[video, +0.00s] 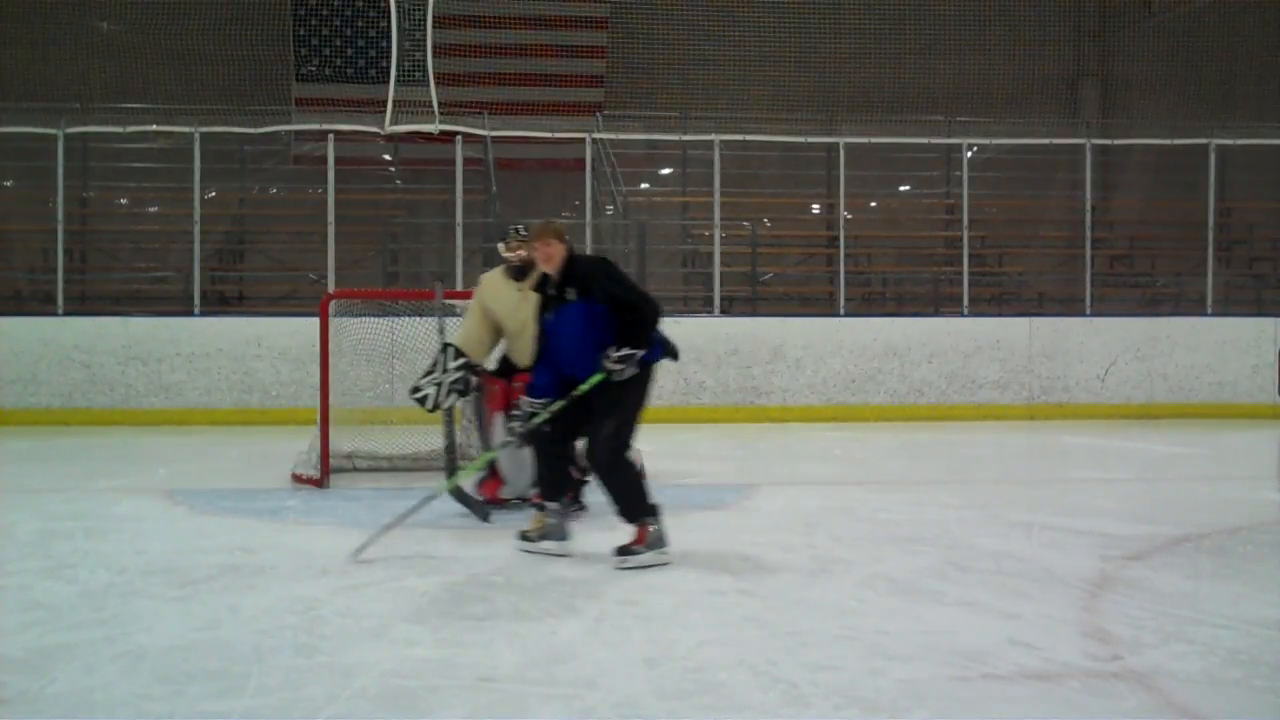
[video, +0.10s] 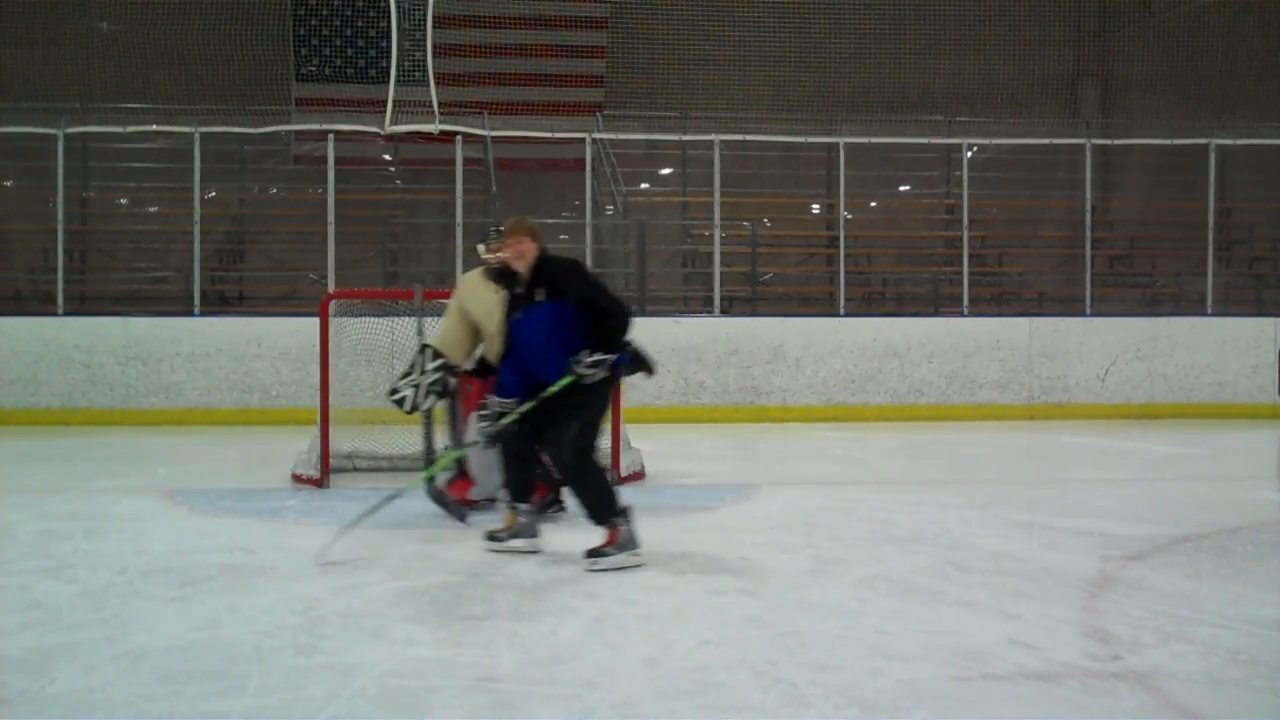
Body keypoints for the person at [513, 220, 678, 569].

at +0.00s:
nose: (543, 254)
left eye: (548, 246)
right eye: (536, 249)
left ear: (564, 245)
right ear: (532, 254)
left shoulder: (597, 271)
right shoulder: (548, 294)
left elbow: (646, 309)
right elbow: (550, 355)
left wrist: (630, 349)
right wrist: (536, 398)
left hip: (624, 373)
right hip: (582, 380)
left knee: (605, 450)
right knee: (549, 435)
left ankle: (648, 528)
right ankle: (553, 516)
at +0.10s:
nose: (515, 250)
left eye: (521, 242)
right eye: (509, 244)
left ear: (537, 244)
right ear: (503, 251)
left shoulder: (566, 273)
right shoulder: (515, 292)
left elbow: (616, 314)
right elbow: (516, 353)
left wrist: (601, 355)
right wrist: (503, 397)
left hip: (586, 380)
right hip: (543, 386)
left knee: (571, 452)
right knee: (516, 440)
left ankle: (619, 530)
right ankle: (522, 520)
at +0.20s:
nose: (484, 252)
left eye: (491, 244)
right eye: (478, 246)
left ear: (506, 245)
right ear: (471, 252)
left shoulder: (535, 277)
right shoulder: (480, 292)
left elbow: (584, 321)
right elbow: (479, 350)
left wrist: (570, 360)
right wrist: (467, 390)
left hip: (550, 384)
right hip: (508, 389)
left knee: (543, 456)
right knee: (477, 440)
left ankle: (592, 533)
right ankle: (484, 517)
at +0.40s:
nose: (425, 241)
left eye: (432, 234)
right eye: (419, 235)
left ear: (445, 237)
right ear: (410, 241)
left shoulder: (475, 270)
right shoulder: (405, 283)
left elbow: (523, 310)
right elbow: (401, 344)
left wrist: (503, 348)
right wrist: (390, 389)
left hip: (482, 375)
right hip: (430, 383)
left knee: (508, 444)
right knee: (405, 441)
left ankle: (545, 522)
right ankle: (391, 517)